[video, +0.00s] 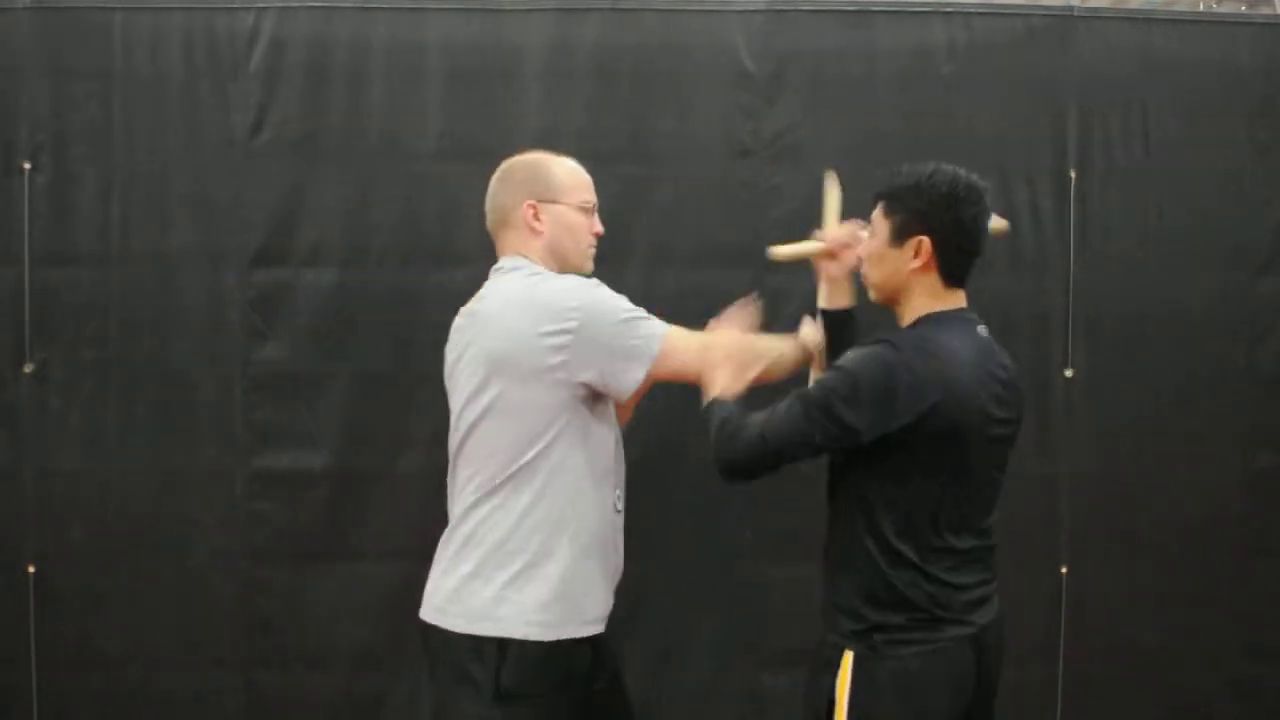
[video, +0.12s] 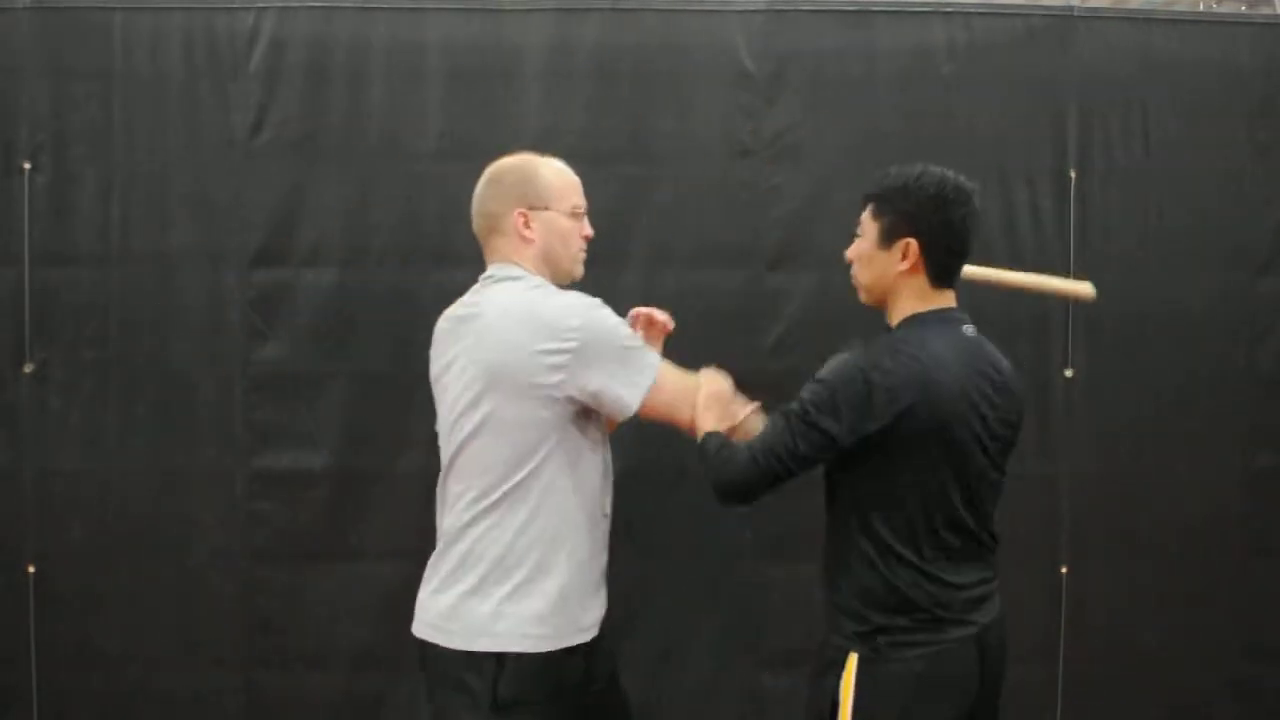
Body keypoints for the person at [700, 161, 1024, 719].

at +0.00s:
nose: (861, 248)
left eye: (872, 233)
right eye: (867, 232)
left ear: (918, 253)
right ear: (924, 255)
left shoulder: (894, 368)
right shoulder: (988, 358)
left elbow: (737, 451)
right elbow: (840, 411)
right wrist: (836, 283)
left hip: (883, 658)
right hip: (964, 645)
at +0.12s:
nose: (848, 253)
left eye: (860, 237)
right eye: (854, 236)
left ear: (906, 255)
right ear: (915, 257)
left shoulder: (871, 373)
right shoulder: (994, 370)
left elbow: (738, 478)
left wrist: (709, 419)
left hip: (887, 661)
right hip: (973, 648)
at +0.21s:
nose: (848, 246)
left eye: (862, 234)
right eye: (856, 231)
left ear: (909, 254)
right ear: (913, 254)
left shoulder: (883, 378)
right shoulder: (989, 365)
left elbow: (754, 487)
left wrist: (697, 447)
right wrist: (742, 459)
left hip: (892, 661)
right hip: (969, 648)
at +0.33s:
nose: (853, 251)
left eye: (868, 236)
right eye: (859, 235)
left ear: (922, 254)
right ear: (922, 256)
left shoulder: (940, 379)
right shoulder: (927, 356)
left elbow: (799, 491)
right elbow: (794, 379)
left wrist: (767, 439)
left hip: (920, 661)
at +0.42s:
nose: (854, 248)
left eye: (874, 231)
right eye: (863, 229)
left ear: (933, 252)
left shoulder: (965, 381)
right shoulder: (879, 354)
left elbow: (825, 492)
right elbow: (752, 354)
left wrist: (806, 430)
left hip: (938, 664)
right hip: (876, 655)